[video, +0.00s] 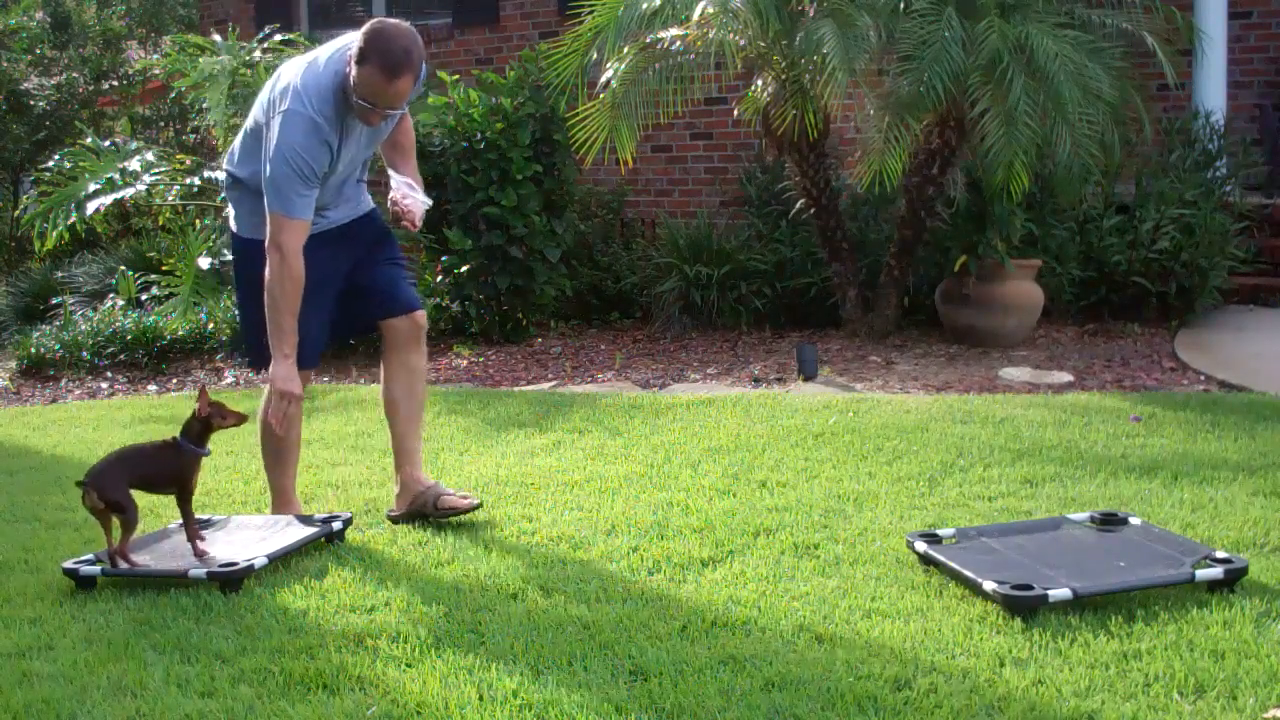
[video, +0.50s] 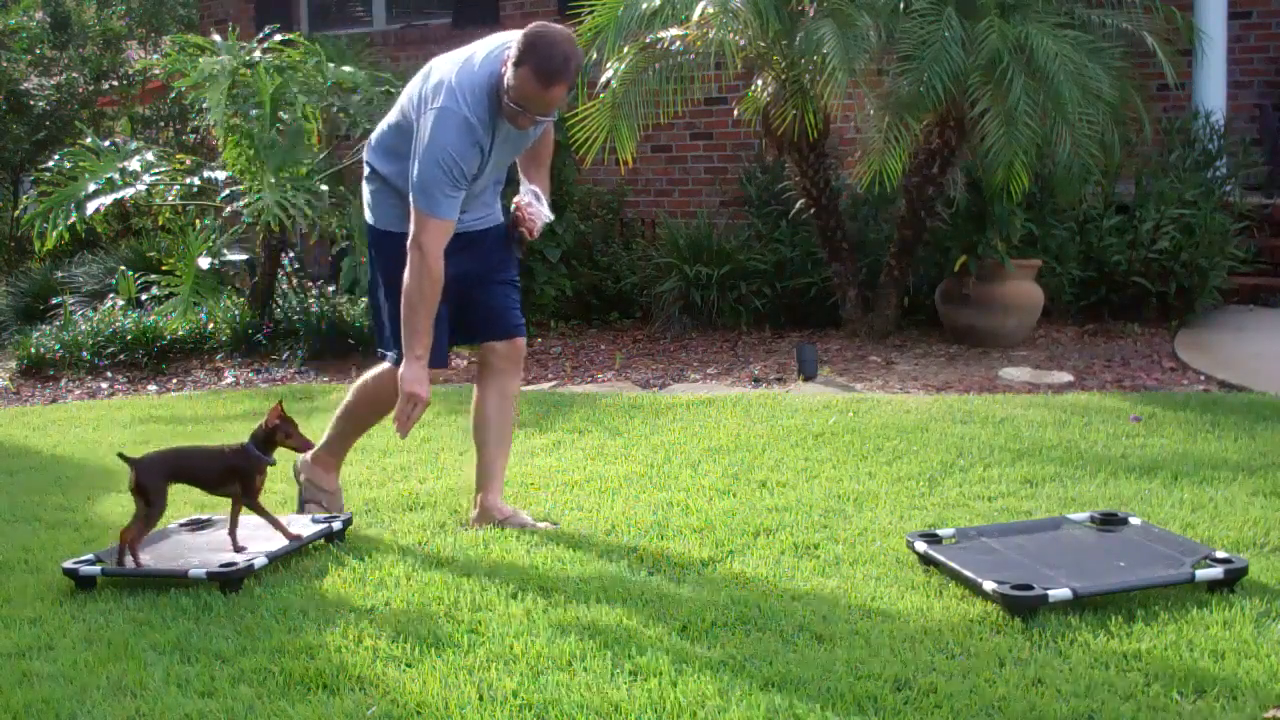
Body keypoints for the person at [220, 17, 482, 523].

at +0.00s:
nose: (380, 116)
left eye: (394, 107)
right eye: (368, 103)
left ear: (412, 77)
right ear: (351, 70)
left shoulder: (405, 62)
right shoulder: (301, 114)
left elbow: (396, 116)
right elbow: (283, 248)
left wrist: (409, 186)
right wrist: (283, 359)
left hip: (347, 210)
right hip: (275, 225)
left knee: (407, 321)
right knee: (288, 375)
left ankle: (411, 486)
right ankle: (285, 516)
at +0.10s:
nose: (402, 121)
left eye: (415, 111)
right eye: (391, 108)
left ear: (433, 83)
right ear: (374, 72)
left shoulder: (417, 72)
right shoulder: (322, 116)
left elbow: (414, 124)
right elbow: (305, 253)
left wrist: (426, 189)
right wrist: (304, 363)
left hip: (364, 212)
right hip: (293, 226)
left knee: (425, 328)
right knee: (302, 378)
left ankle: (469, 489)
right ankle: (287, 513)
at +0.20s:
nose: (428, 123)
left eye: (442, 115)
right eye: (418, 111)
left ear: (461, 87)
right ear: (401, 76)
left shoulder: (447, 71)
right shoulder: (350, 116)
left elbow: (439, 129)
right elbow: (331, 253)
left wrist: (446, 197)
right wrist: (329, 367)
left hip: (390, 219)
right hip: (313, 229)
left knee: (443, 345)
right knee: (316, 382)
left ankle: (481, 502)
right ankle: (289, 511)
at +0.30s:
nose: (460, 125)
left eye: (474, 116)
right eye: (449, 111)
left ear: (495, 90)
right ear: (436, 74)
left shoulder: (488, 79)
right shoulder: (384, 119)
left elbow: (473, 130)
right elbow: (362, 254)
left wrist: (472, 204)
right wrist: (359, 366)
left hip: (421, 220)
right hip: (343, 227)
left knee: (464, 346)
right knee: (329, 378)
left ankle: (485, 506)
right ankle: (290, 509)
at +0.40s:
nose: (498, 125)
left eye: (512, 118)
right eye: (487, 111)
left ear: (534, 92)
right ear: (475, 73)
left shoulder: (520, 81)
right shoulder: (423, 115)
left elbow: (507, 130)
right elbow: (394, 253)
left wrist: (504, 201)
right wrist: (387, 365)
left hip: (451, 216)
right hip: (372, 220)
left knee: (487, 344)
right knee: (356, 370)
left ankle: (487, 504)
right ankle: (300, 496)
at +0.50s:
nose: (532, 121)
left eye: (545, 113)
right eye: (523, 107)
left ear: (564, 85)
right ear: (508, 71)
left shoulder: (550, 72)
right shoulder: (452, 112)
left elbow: (540, 129)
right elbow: (424, 249)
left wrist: (535, 194)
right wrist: (414, 362)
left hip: (479, 206)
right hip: (403, 207)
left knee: (506, 347)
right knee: (412, 363)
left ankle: (489, 503)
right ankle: (320, 466)